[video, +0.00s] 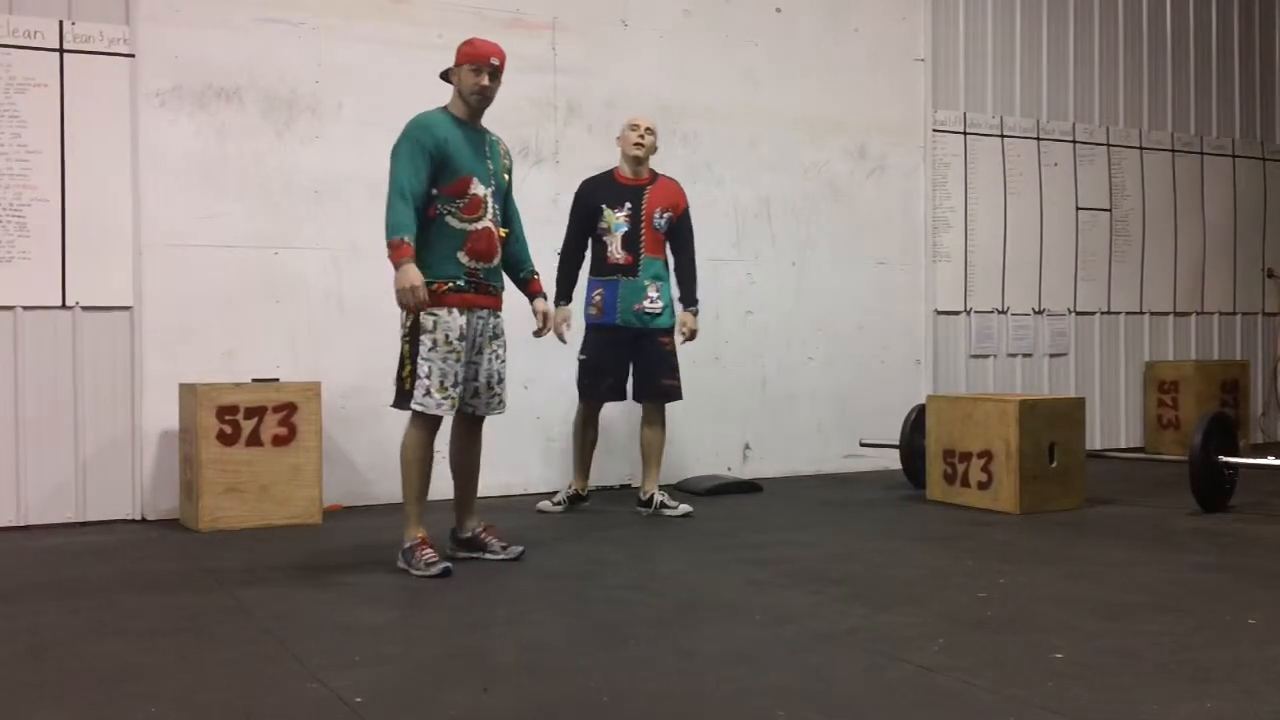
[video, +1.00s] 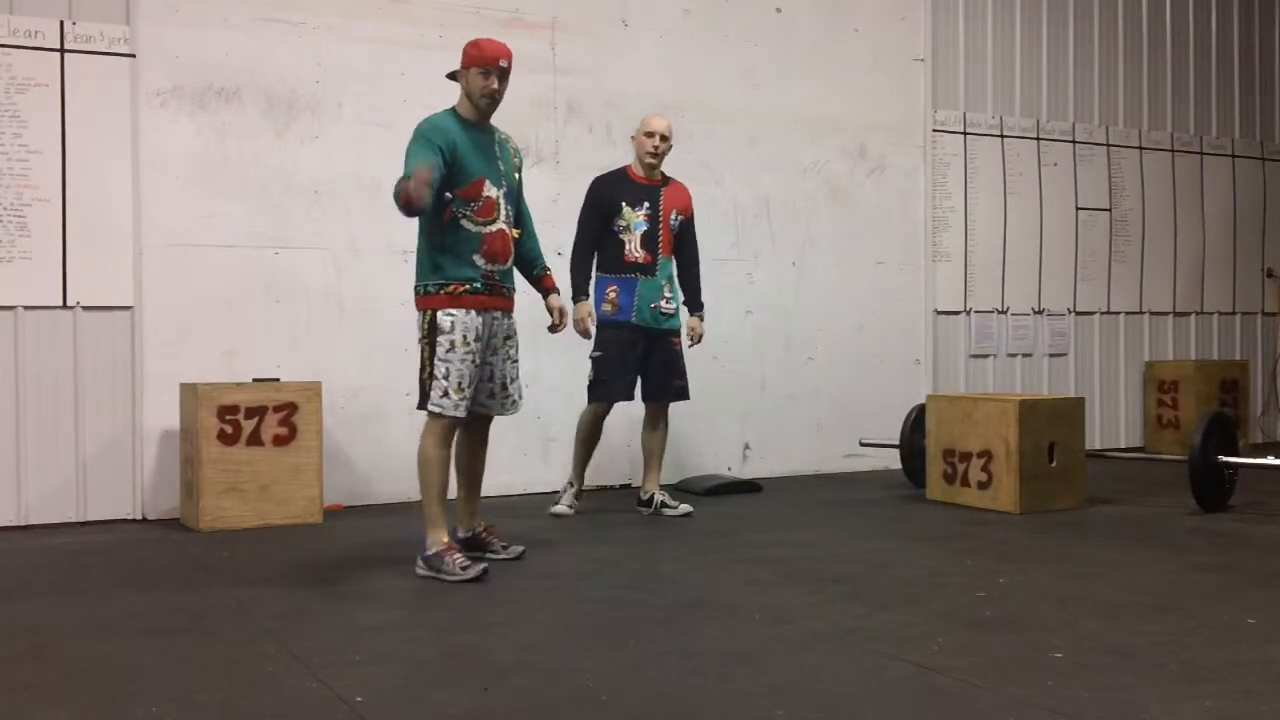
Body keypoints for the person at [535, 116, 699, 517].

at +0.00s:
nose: (642, 135)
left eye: (649, 132)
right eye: (635, 130)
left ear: (656, 147)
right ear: (619, 141)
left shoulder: (671, 192)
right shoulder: (592, 189)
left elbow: (684, 253)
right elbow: (572, 248)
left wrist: (689, 307)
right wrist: (562, 302)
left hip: (656, 319)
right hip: (605, 319)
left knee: (654, 405)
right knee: (589, 404)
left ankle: (650, 491)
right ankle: (578, 486)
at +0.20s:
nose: (656, 136)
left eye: (662, 132)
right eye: (649, 130)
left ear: (670, 145)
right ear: (634, 140)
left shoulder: (684, 191)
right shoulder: (606, 188)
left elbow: (698, 251)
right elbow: (585, 246)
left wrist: (707, 305)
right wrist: (577, 298)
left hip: (665, 317)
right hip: (614, 315)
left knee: (659, 404)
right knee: (595, 400)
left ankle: (649, 491)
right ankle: (589, 485)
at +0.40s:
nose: (664, 140)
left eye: (672, 136)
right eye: (658, 133)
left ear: (679, 146)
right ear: (643, 139)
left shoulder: (689, 194)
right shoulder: (613, 187)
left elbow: (703, 253)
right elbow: (591, 246)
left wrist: (715, 305)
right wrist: (585, 299)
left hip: (669, 317)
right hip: (622, 314)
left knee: (661, 405)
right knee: (610, 406)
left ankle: (650, 491)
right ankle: (604, 485)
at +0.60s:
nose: (667, 142)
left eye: (674, 138)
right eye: (660, 135)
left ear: (682, 147)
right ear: (646, 140)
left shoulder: (689, 196)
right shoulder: (616, 187)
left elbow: (700, 257)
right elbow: (592, 245)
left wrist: (710, 309)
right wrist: (585, 298)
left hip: (672, 315)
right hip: (627, 312)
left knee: (662, 403)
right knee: (624, 400)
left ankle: (650, 492)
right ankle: (603, 481)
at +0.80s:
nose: (667, 143)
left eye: (674, 138)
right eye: (660, 135)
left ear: (680, 146)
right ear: (644, 140)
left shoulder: (688, 196)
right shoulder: (615, 186)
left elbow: (693, 259)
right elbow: (589, 246)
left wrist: (699, 313)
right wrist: (584, 296)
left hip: (671, 315)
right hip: (625, 312)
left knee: (662, 404)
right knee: (617, 399)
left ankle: (650, 491)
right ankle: (584, 475)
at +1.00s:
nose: (657, 144)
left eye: (664, 139)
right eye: (650, 136)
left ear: (670, 146)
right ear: (634, 140)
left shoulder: (679, 195)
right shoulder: (606, 187)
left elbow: (687, 259)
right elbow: (582, 247)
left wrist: (695, 311)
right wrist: (580, 299)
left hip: (663, 319)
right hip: (615, 317)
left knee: (658, 406)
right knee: (600, 403)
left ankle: (650, 491)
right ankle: (573, 485)